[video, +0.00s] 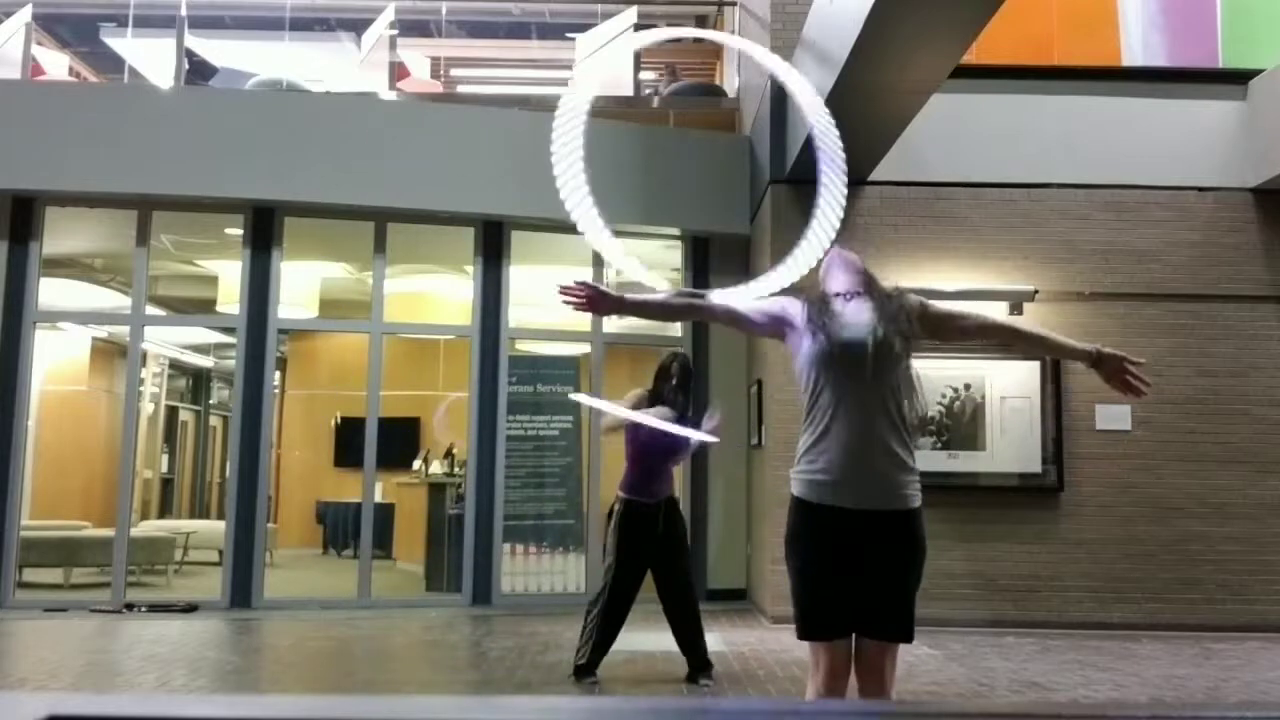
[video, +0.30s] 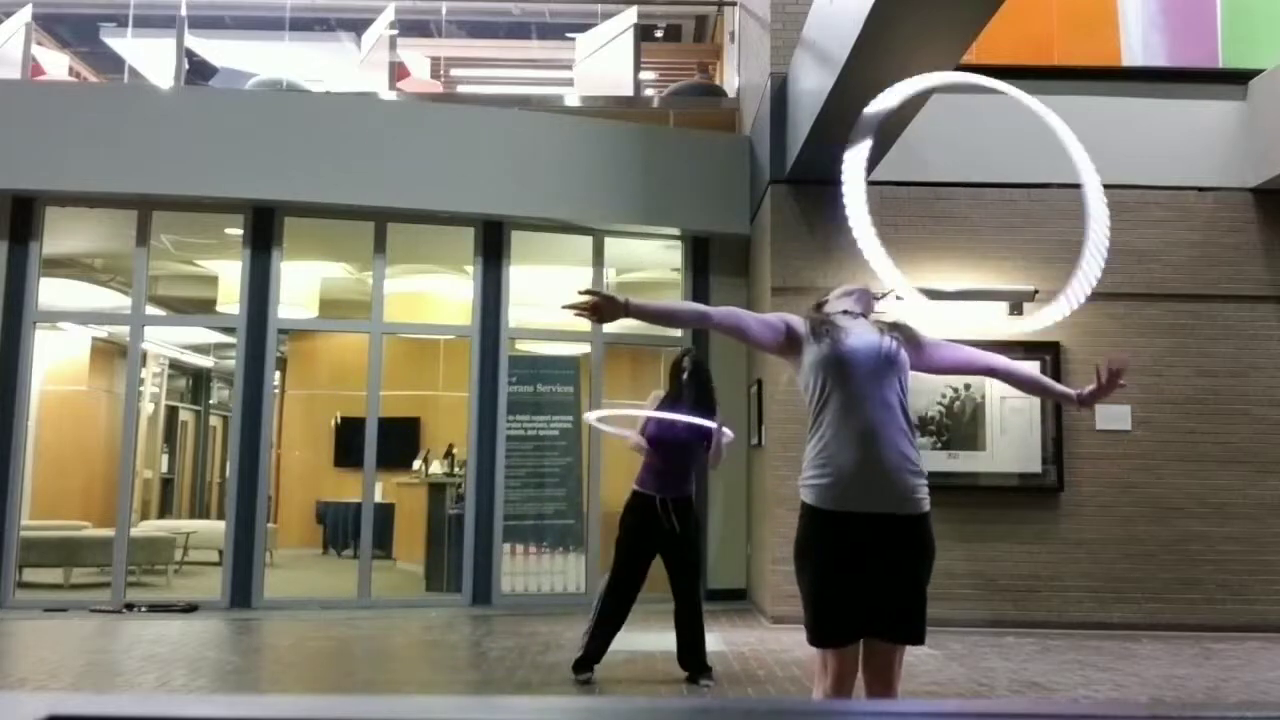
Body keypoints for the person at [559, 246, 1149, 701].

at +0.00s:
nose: (841, 255)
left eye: (849, 250)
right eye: (830, 254)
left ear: (866, 271)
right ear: (815, 272)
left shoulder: (903, 312)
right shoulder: (795, 311)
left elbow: (999, 333)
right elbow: (705, 306)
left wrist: (1088, 355)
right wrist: (620, 303)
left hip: (893, 509)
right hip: (820, 506)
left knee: (877, 672)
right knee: (829, 668)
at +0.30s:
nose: (868, 289)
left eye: (873, 292)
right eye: (854, 287)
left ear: (877, 312)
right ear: (826, 304)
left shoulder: (902, 343)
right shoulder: (802, 331)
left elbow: (995, 364)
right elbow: (716, 318)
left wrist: (1075, 397)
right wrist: (628, 309)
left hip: (904, 516)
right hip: (830, 513)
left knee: (883, 674)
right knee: (835, 673)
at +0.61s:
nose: (885, 282)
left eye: (887, 280)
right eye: (872, 277)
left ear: (885, 300)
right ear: (844, 287)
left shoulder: (905, 348)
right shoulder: (809, 325)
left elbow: (987, 378)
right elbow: (714, 311)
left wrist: (1041, 355)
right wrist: (623, 300)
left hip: (903, 515)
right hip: (833, 514)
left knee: (889, 671)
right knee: (844, 674)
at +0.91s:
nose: (887, 257)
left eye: (886, 252)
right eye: (874, 251)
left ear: (878, 271)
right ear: (844, 263)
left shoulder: (902, 324)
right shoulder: (804, 317)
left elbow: (989, 346)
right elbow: (705, 317)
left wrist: (1014, 303)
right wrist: (620, 319)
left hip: (899, 508)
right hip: (830, 509)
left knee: (883, 675)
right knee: (841, 673)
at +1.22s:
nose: (889, 246)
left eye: (887, 239)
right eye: (877, 240)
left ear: (878, 259)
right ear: (848, 254)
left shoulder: (904, 322)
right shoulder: (808, 312)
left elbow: (986, 358)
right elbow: (727, 330)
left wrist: (1065, 358)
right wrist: (649, 335)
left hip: (890, 506)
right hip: (822, 506)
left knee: (877, 672)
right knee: (837, 673)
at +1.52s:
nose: (866, 241)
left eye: (870, 234)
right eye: (852, 234)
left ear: (877, 253)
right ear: (824, 253)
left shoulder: (905, 323)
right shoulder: (797, 318)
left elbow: (971, 393)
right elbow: (750, 375)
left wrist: (1033, 460)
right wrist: (739, 375)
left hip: (883, 508)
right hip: (816, 508)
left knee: (874, 666)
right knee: (830, 667)